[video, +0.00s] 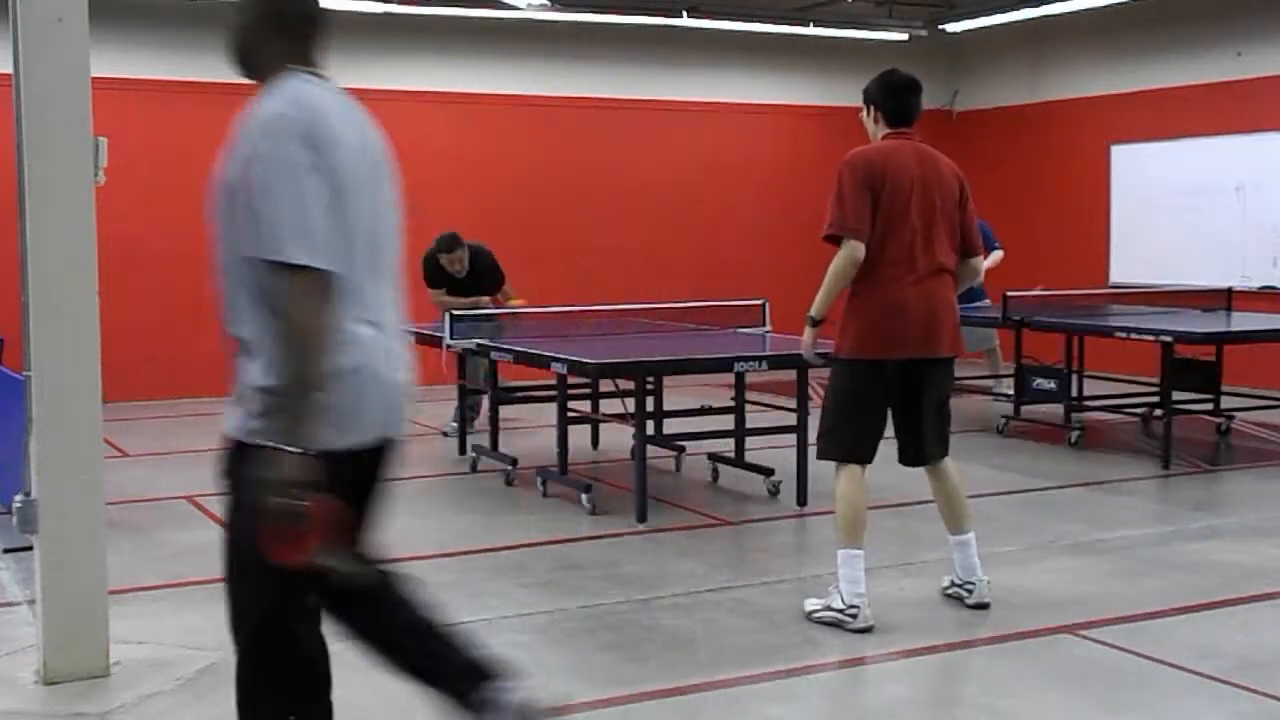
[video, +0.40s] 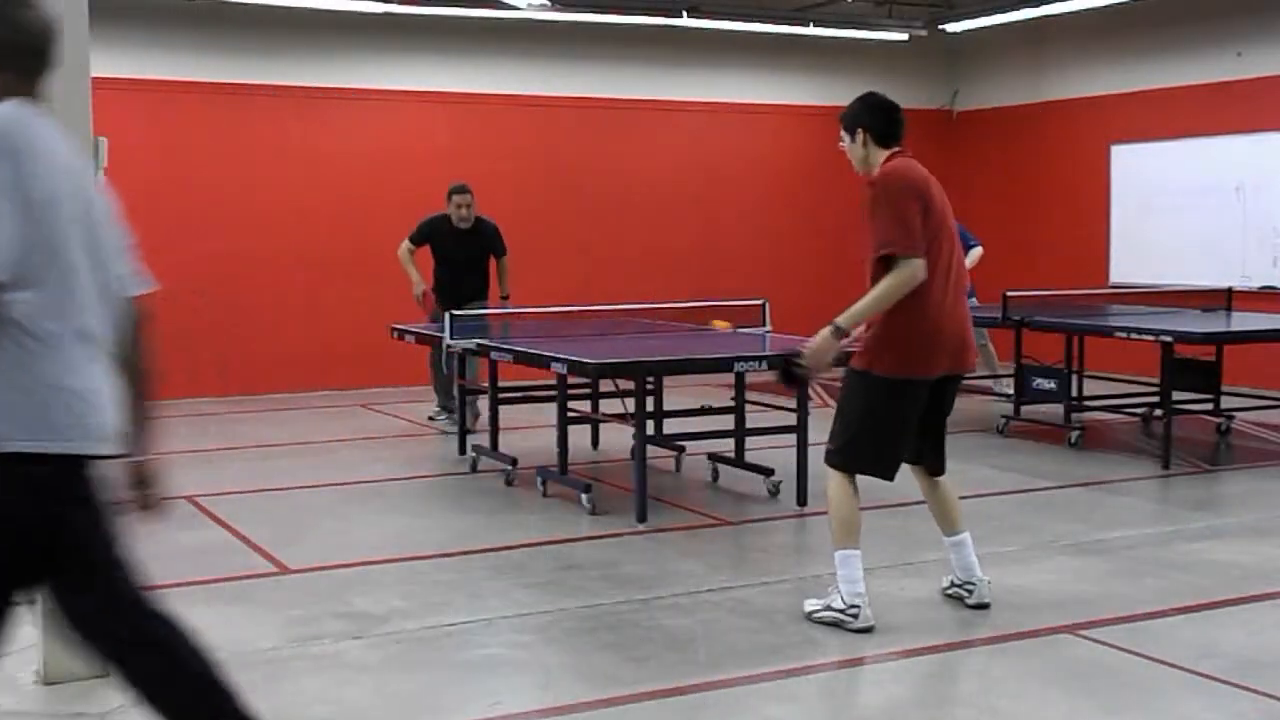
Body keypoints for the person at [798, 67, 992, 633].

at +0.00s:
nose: (862, 120)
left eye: (863, 112)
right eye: (865, 112)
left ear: (872, 114)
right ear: (916, 115)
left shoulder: (863, 163)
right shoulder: (948, 170)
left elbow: (852, 250)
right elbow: (974, 265)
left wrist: (813, 318)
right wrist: (930, 293)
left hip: (871, 336)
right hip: (935, 337)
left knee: (850, 462)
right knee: (935, 455)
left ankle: (851, 599)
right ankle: (970, 578)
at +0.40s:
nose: (844, 152)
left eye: (844, 141)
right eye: (843, 142)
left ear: (862, 137)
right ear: (891, 136)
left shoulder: (891, 180)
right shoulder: (924, 179)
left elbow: (911, 268)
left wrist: (834, 329)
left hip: (896, 354)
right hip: (947, 351)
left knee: (840, 465)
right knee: (925, 460)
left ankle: (850, 598)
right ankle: (970, 578)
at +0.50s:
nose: (849, 152)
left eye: (849, 141)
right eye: (846, 142)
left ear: (867, 134)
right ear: (885, 132)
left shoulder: (912, 172)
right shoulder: (900, 183)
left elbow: (943, 259)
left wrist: (877, 329)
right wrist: (804, 315)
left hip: (911, 351)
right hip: (951, 349)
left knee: (850, 461)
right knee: (923, 460)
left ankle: (850, 599)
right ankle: (972, 579)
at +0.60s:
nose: (852, 146)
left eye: (853, 134)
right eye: (851, 136)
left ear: (874, 131)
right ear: (885, 130)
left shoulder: (929, 169)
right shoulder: (899, 185)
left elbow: (967, 253)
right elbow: (864, 258)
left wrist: (921, 328)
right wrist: (788, 267)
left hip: (921, 348)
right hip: (950, 349)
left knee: (862, 458)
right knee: (931, 459)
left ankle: (852, 599)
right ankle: (975, 576)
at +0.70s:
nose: (860, 145)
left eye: (860, 134)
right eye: (858, 135)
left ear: (879, 130)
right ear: (895, 128)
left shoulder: (938, 171)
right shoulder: (902, 186)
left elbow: (986, 255)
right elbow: (871, 241)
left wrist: (957, 334)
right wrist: (820, 229)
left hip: (926, 347)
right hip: (946, 346)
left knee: (862, 455)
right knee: (933, 460)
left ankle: (857, 597)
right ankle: (981, 576)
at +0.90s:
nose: (869, 148)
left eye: (870, 137)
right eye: (869, 137)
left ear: (885, 139)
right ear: (917, 135)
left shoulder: (934, 186)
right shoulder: (933, 181)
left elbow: (968, 276)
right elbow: (942, 255)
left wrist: (935, 371)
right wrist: (896, 234)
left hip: (927, 362)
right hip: (957, 358)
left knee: (865, 479)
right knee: (933, 465)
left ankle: (906, 612)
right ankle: (981, 574)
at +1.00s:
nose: (870, 140)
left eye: (871, 131)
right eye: (873, 130)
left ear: (885, 135)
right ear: (926, 134)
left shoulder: (916, 183)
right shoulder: (955, 181)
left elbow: (934, 279)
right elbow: (983, 262)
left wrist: (888, 373)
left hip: (926, 371)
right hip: (969, 366)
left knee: (873, 496)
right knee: (947, 464)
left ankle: (930, 634)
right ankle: (979, 575)